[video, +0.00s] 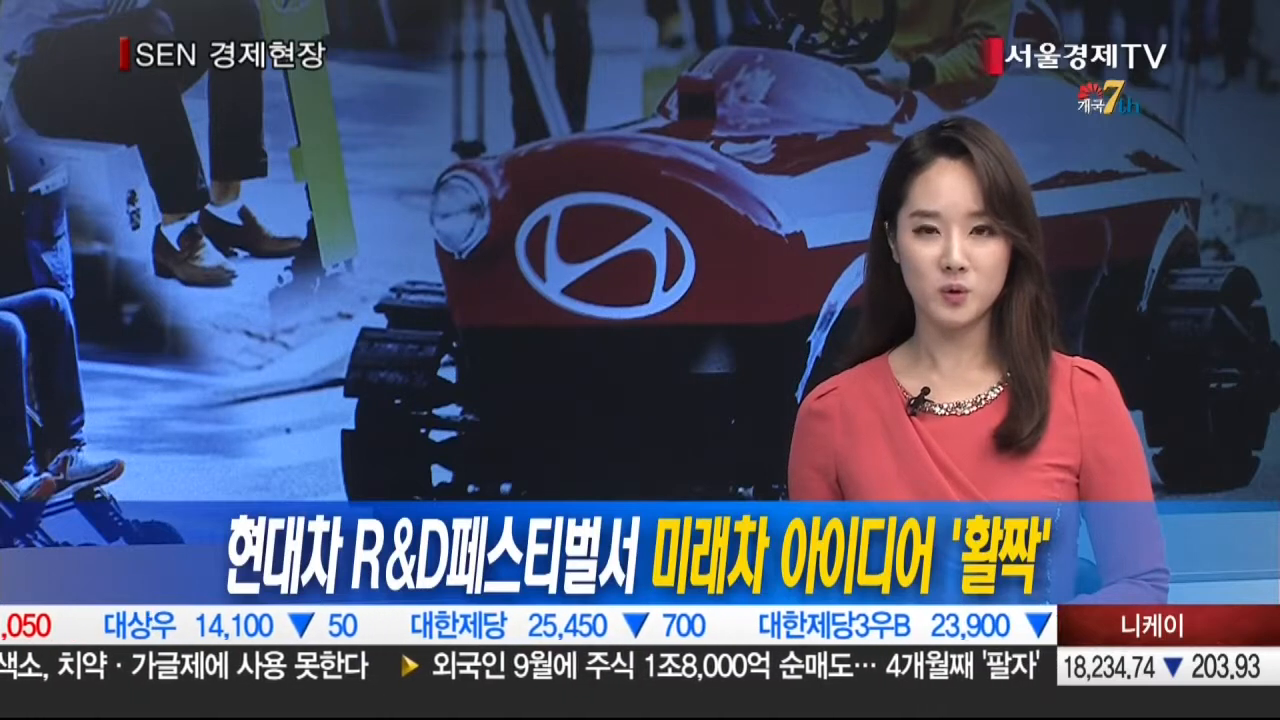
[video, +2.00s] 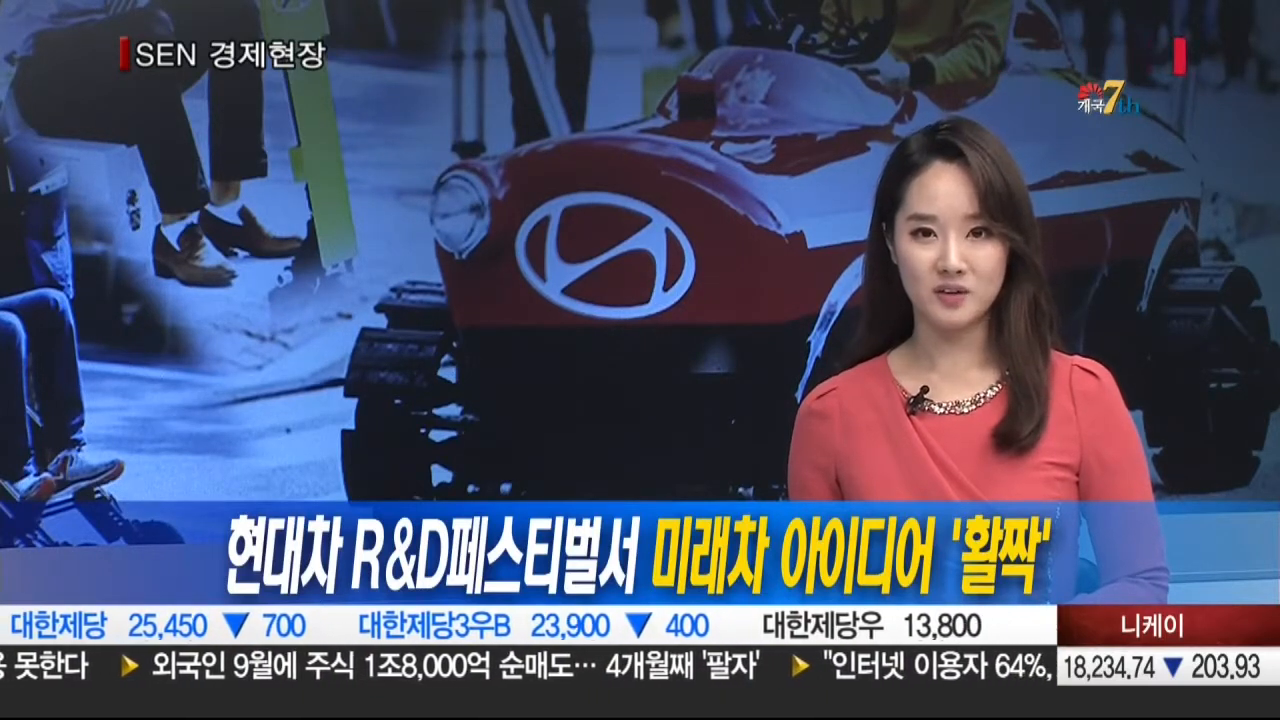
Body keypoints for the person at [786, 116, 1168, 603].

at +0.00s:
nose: (955, 259)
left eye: (982, 230)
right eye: (927, 230)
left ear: (1015, 245)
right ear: (893, 244)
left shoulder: (1084, 397)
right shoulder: (830, 415)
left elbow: (1142, 583)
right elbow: (811, 605)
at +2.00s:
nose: (952, 262)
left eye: (979, 232)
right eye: (924, 233)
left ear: (1013, 246)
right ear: (891, 245)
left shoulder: (1083, 396)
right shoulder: (830, 415)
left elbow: (1142, 582)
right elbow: (811, 605)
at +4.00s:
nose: (949, 257)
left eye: (976, 229)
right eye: (921, 230)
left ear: (1010, 245)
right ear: (887, 244)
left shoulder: (1081, 395)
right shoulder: (827, 416)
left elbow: (1143, 579)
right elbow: (808, 604)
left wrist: (1034, 637)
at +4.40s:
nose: (949, 257)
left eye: (976, 229)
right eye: (921, 230)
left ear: (1011, 244)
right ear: (889, 245)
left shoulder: (1082, 396)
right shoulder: (828, 415)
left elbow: (1144, 582)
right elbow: (808, 603)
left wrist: (1032, 637)